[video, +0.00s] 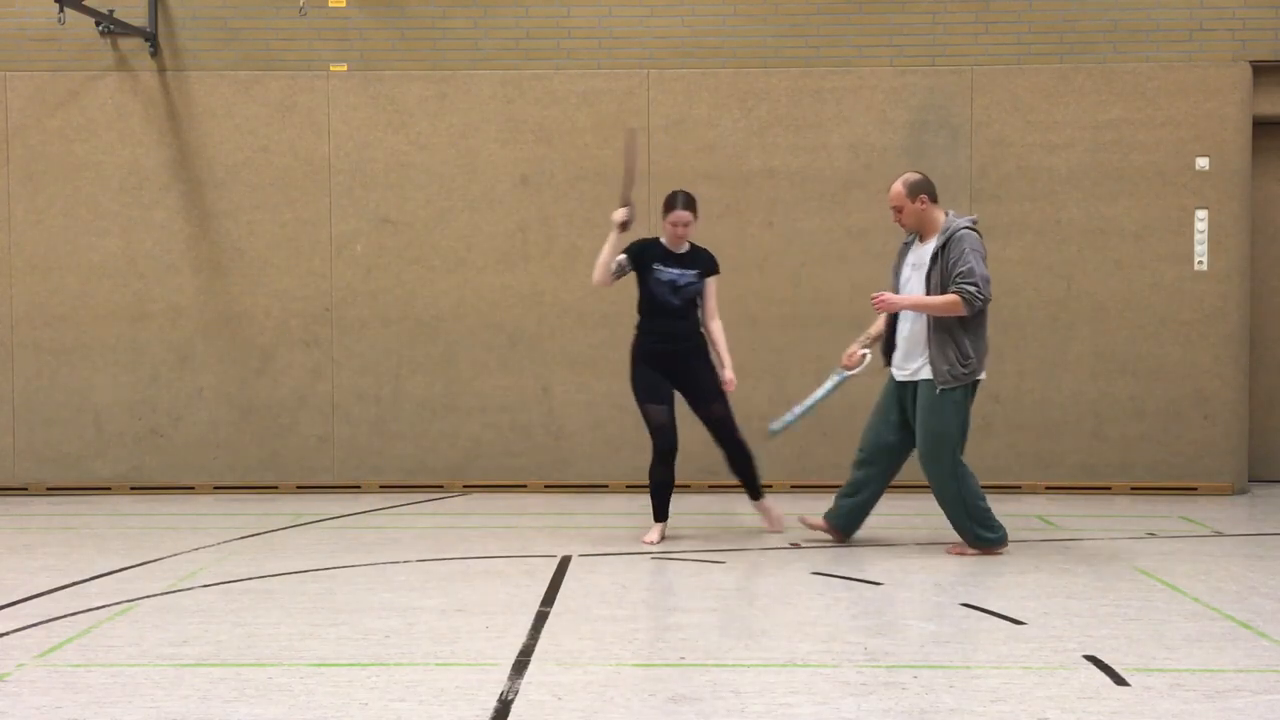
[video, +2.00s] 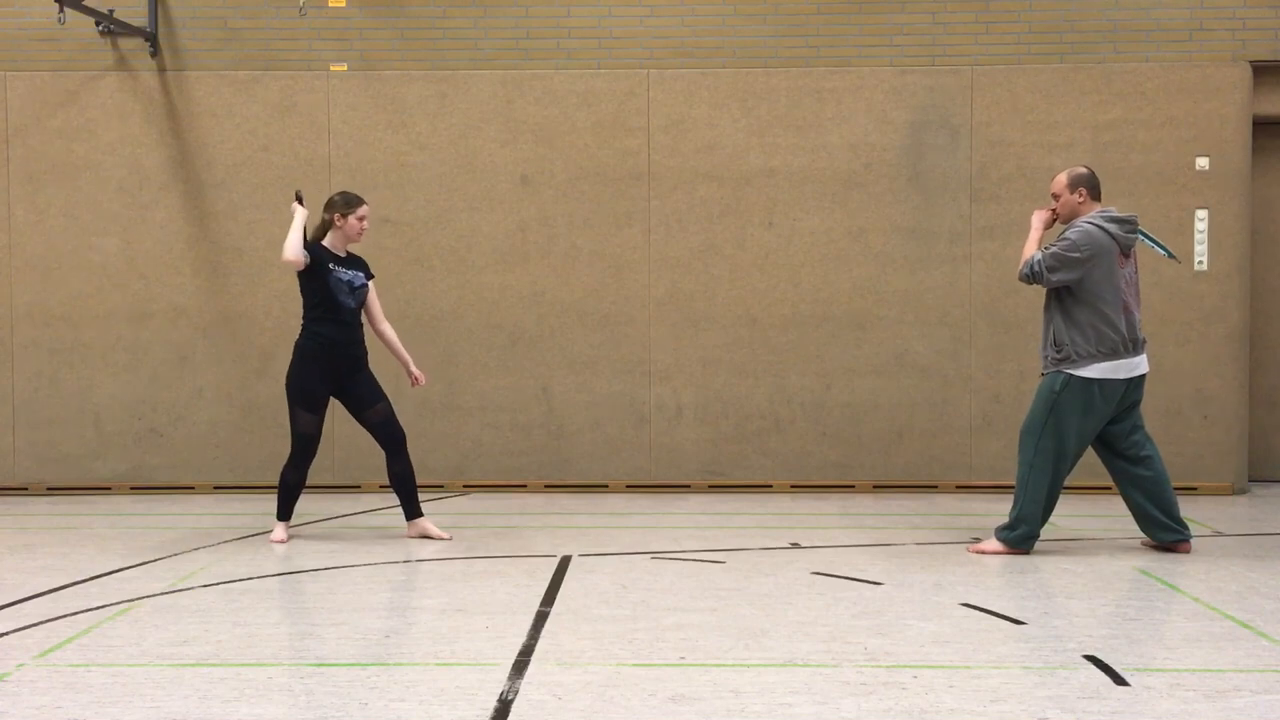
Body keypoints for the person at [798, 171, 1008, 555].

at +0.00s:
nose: (895, 218)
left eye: (899, 210)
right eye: (892, 210)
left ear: (923, 203)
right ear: (917, 205)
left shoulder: (962, 240)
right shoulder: (910, 247)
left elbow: (970, 300)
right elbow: (898, 310)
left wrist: (903, 302)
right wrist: (863, 343)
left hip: (946, 373)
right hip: (906, 373)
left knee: (940, 459)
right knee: (877, 450)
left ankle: (987, 537)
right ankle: (840, 523)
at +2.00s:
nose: (1052, 205)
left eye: (1056, 197)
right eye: (1052, 198)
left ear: (1081, 195)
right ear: (1087, 196)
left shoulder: (1085, 237)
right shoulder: (1117, 230)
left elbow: (1029, 270)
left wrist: (1036, 227)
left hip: (1085, 370)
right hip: (1125, 368)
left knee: (1040, 443)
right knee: (1131, 450)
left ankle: (1016, 537)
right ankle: (1172, 534)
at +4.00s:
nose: (924, 196)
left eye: (929, 188)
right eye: (924, 189)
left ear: (954, 189)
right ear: (950, 190)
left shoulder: (982, 232)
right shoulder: (939, 235)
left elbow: (940, 274)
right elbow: (893, 244)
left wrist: (914, 239)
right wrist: (855, 206)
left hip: (977, 366)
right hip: (938, 364)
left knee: (972, 453)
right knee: (910, 435)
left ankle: (1004, 539)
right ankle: (888, 520)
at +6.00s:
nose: (876, 209)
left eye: (881, 202)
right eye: (875, 203)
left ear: (906, 201)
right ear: (892, 203)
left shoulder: (942, 235)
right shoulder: (876, 249)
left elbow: (934, 254)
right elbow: (832, 273)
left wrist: (895, 220)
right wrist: (784, 245)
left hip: (919, 369)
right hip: (872, 369)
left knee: (925, 454)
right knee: (835, 443)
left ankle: (991, 524)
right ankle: (829, 528)